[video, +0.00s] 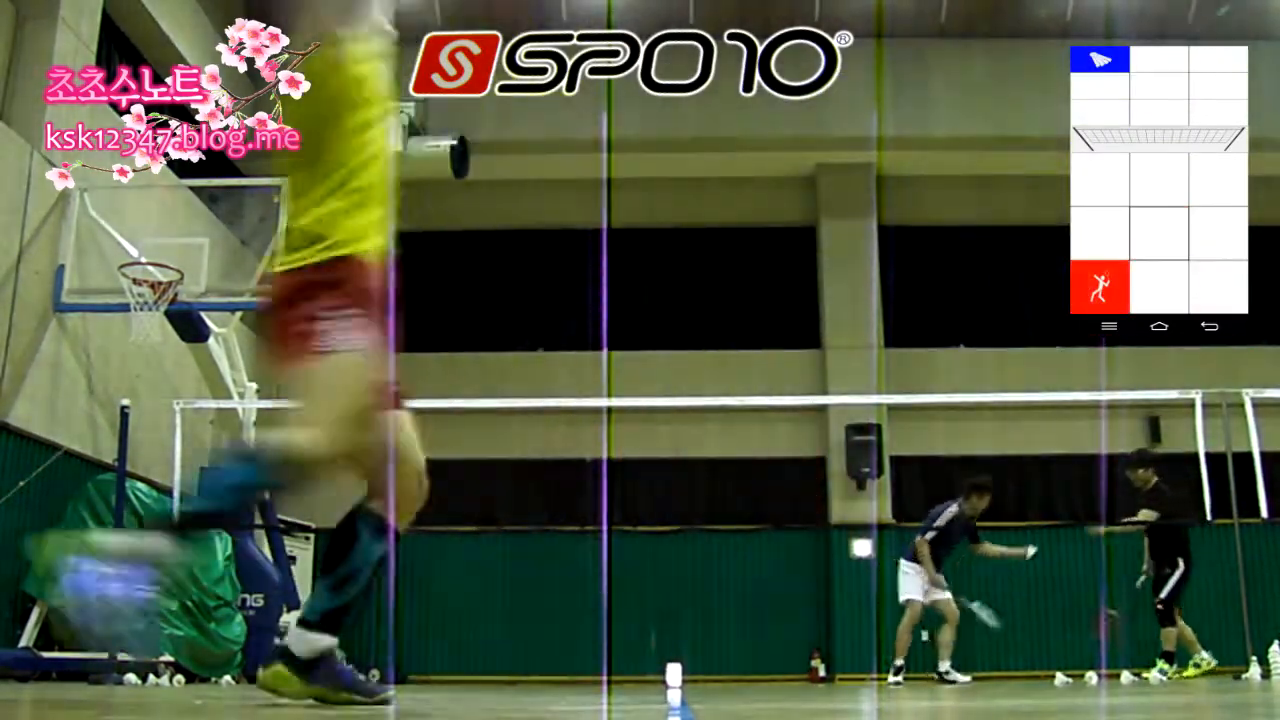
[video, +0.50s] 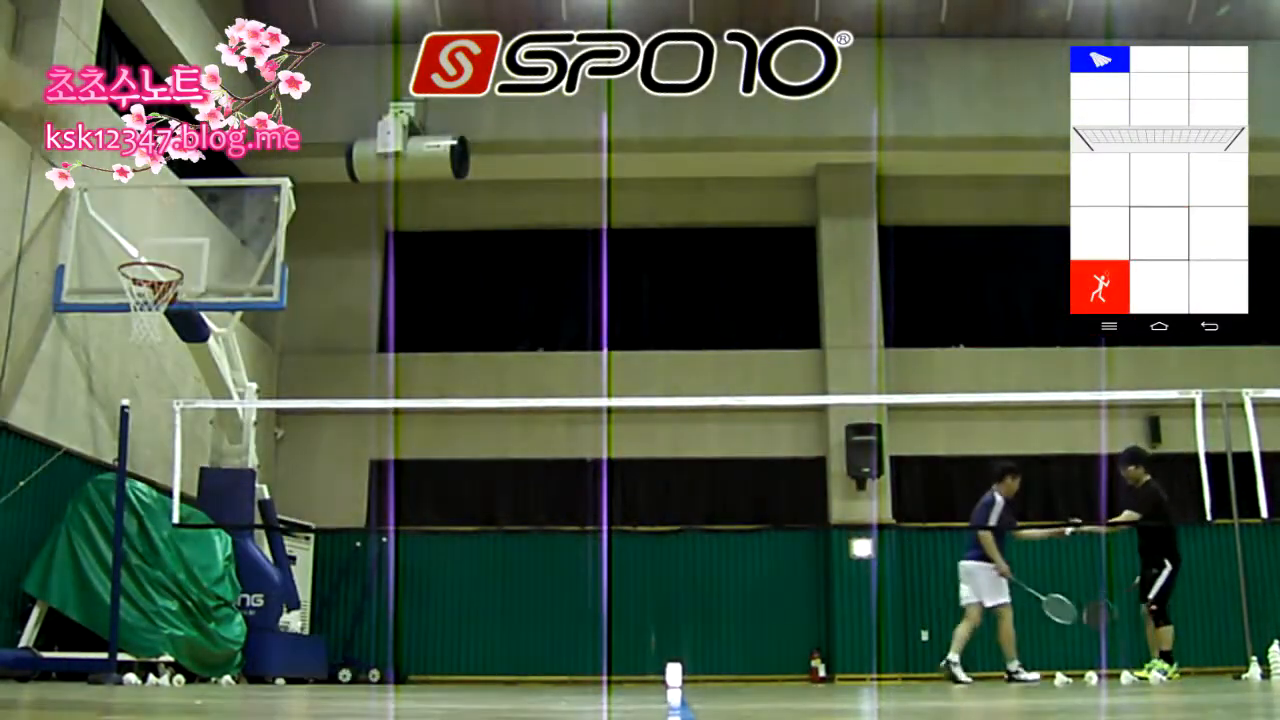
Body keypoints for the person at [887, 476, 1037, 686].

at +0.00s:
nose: (983, 506)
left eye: (985, 502)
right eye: (981, 501)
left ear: (983, 502)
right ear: (971, 498)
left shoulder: (968, 520)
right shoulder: (948, 512)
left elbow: (979, 547)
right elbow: (921, 543)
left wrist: (1020, 552)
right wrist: (932, 575)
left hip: (933, 571)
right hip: (913, 566)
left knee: (952, 615)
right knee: (914, 610)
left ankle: (944, 668)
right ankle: (898, 665)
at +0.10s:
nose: (990, 497)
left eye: (991, 492)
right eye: (988, 491)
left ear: (982, 491)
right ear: (977, 489)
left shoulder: (972, 515)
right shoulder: (955, 507)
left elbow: (989, 539)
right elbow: (932, 536)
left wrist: (1025, 543)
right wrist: (942, 568)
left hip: (945, 569)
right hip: (926, 565)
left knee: (958, 616)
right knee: (933, 611)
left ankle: (945, 667)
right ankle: (906, 661)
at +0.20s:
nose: (995, 489)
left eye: (996, 484)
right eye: (993, 484)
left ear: (986, 484)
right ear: (982, 482)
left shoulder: (980, 509)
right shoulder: (964, 500)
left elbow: (998, 534)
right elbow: (944, 531)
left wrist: (1035, 534)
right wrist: (953, 561)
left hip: (953, 564)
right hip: (939, 560)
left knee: (959, 610)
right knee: (958, 608)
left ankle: (945, 664)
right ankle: (932, 654)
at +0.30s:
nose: (1000, 486)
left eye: (1001, 481)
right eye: (999, 480)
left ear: (990, 479)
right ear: (988, 478)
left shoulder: (983, 504)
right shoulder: (972, 497)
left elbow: (1007, 529)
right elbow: (955, 529)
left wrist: (1040, 531)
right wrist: (967, 558)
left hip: (949, 560)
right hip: (955, 560)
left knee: (954, 613)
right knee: (983, 607)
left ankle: (946, 665)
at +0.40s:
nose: (1008, 484)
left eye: (1009, 479)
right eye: (1005, 479)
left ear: (996, 480)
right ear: (995, 478)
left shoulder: (990, 502)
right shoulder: (983, 499)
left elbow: (1011, 531)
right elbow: (969, 530)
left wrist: (1046, 531)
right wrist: (982, 559)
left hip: (956, 561)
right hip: (969, 561)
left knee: (957, 614)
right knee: (995, 608)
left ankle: (947, 664)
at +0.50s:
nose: (1017, 487)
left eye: (1018, 482)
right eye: (1016, 482)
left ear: (1002, 481)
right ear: (1006, 480)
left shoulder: (992, 501)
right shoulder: (996, 501)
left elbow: (1017, 532)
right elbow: (984, 532)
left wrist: (1054, 532)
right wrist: (1000, 563)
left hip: (969, 564)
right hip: (986, 565)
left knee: (972, 616)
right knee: (1005, 613)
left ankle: (952, 658)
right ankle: (1013, 666)